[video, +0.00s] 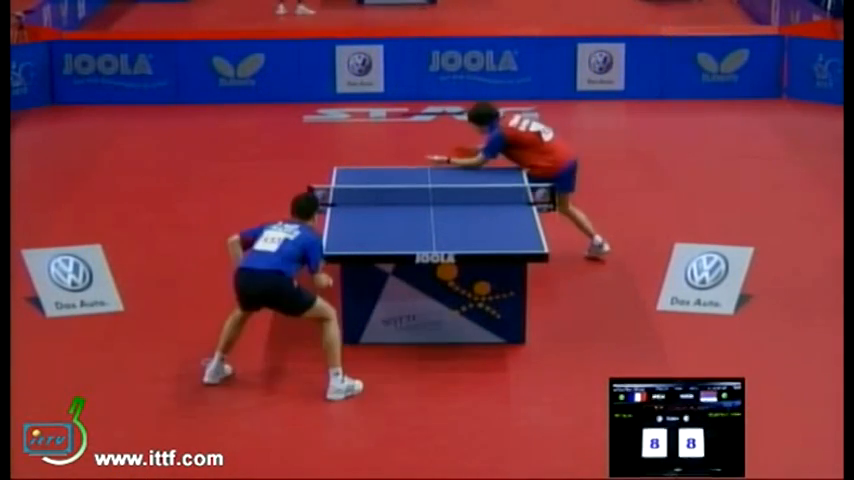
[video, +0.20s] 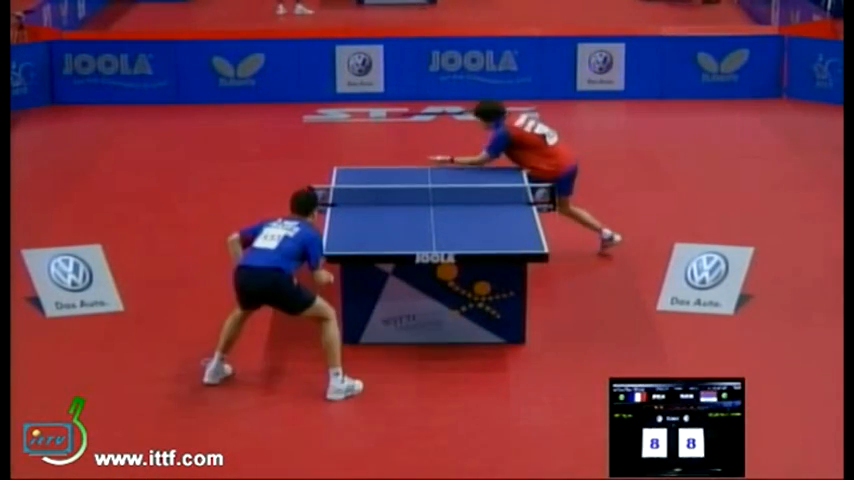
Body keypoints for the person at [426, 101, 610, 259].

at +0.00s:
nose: (475, 128)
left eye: (475, 124)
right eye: (474, 124)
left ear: (483, 123)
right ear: (493, 113)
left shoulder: (500, 135)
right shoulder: (511, 118)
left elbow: (479, 161)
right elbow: (490, 148)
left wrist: (449, 161)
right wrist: (470, 154)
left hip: (546, 170)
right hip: (567, 163)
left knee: (515, 200)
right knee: (564, 206)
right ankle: (598, 241)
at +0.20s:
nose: (480, 124)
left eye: (480, 120)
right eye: (479, 120)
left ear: (488, 120)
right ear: (499, 111)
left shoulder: (504, 133)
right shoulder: (518, 118)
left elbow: (481, 160)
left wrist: (450, 161)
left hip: (550, 173)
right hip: (568, 165)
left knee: (515, 202)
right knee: (563, 207)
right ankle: (605, 234)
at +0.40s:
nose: (497, 115)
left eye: (498, 111)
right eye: (497, 111)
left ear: (507, 111)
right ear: (517, 107)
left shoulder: (518, 127)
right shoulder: (531, 115)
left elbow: (488, 146)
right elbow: (497, 135)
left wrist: (458, 143)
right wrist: (470, 137)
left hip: (557, 179)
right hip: (569, 171)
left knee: (517, 204)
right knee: (569, 215)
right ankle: (612, 238)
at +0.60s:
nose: (516, 107)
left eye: (518, 103)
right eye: (516, 103)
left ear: (527, 105)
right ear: (537, 101)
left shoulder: (535, 120)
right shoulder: (551, 114)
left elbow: (500, 128)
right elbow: (521, 119)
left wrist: (474, 113)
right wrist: (504, 113)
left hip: (561, 182)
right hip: (580, 178)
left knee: (516, 196)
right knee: (573, 217)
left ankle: (522, 244)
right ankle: (615, 242)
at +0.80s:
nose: (524, 99)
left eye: (526, 95)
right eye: (524, 95)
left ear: (535, 96)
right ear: (546, 92)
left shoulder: (544, 112)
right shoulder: (560, 103)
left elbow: (525, 137)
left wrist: (493, 141)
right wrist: (528, 108)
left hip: (569, 173)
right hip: (590, 168)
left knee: (531, 197)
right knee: (579, 210)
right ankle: (617, 241)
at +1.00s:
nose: (512, 100)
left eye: (514, 96)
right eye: (512, 96)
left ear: (524, 96)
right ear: (532, 92)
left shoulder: (537, 111)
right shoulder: (548, 98)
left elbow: (538, 139)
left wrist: (519, 157)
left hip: (572, 166)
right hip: (584, 160)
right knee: (581, 208)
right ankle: (617, 239)